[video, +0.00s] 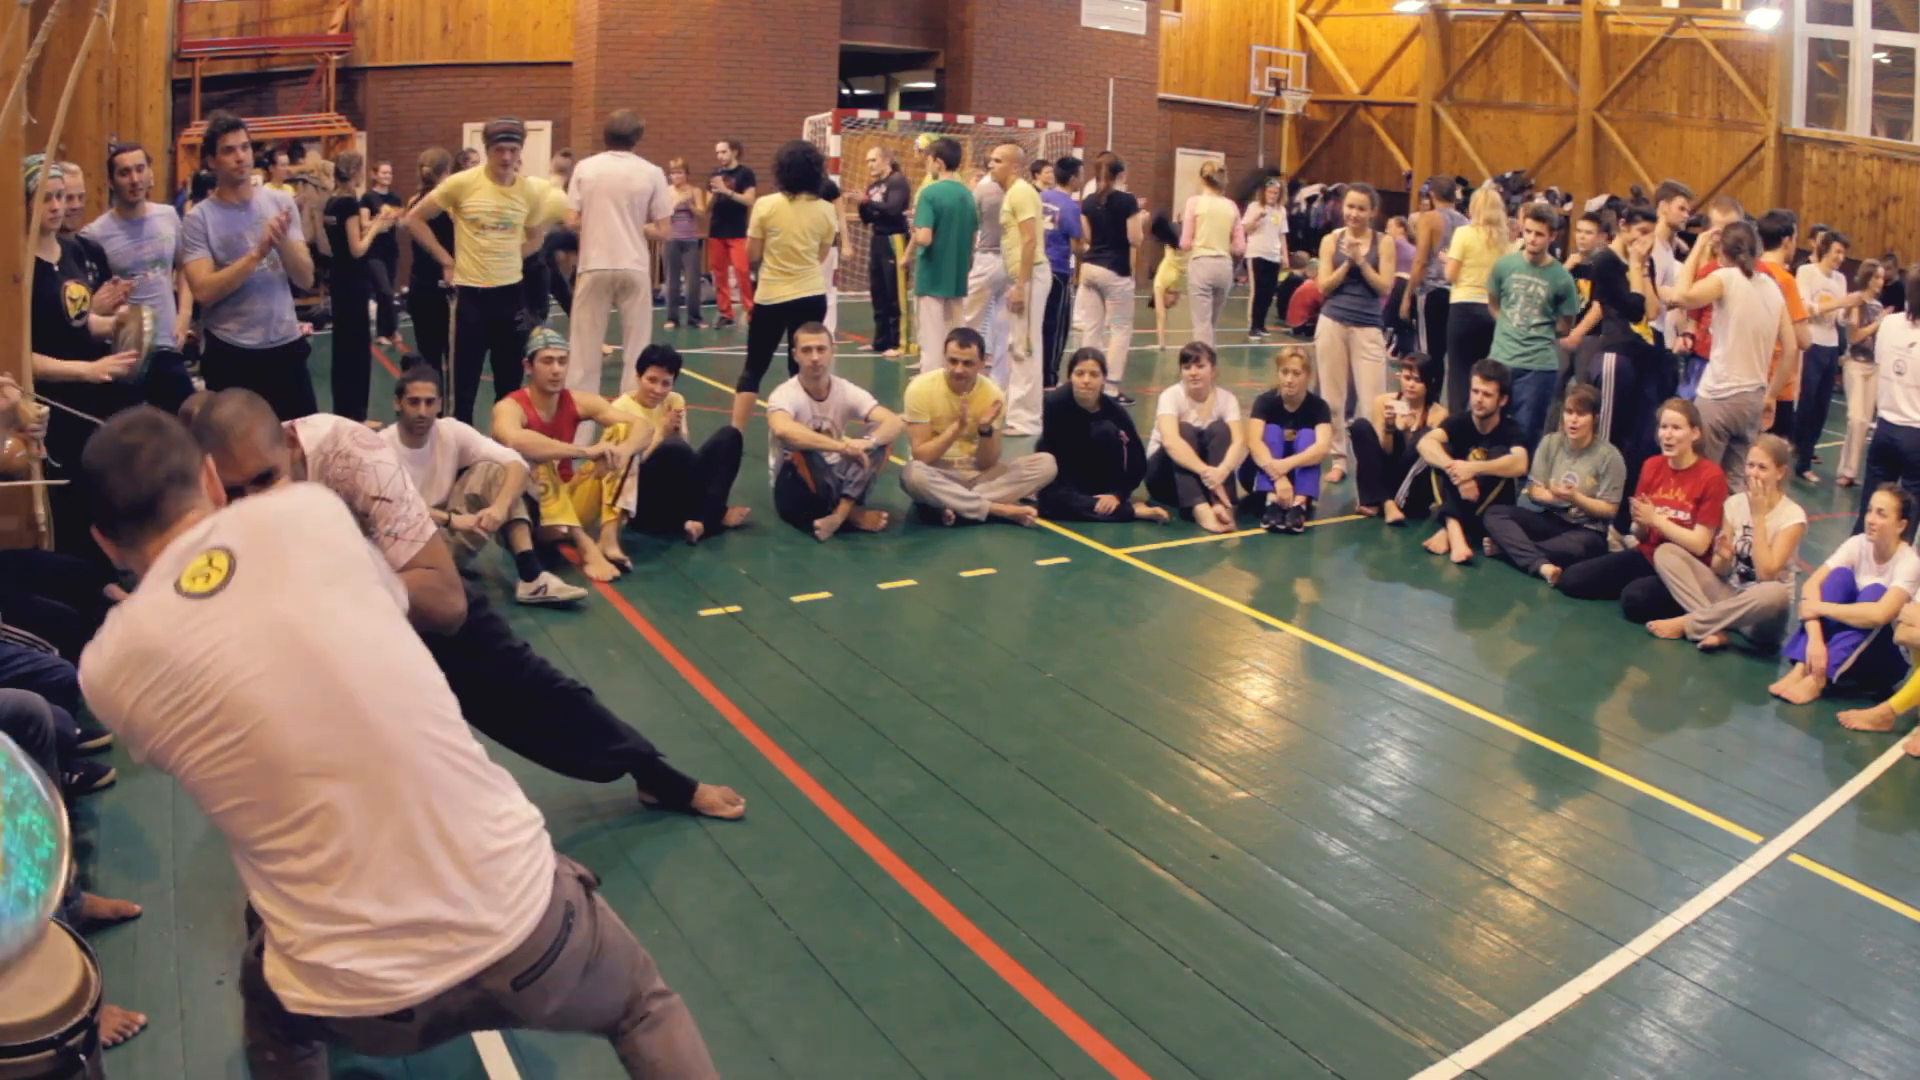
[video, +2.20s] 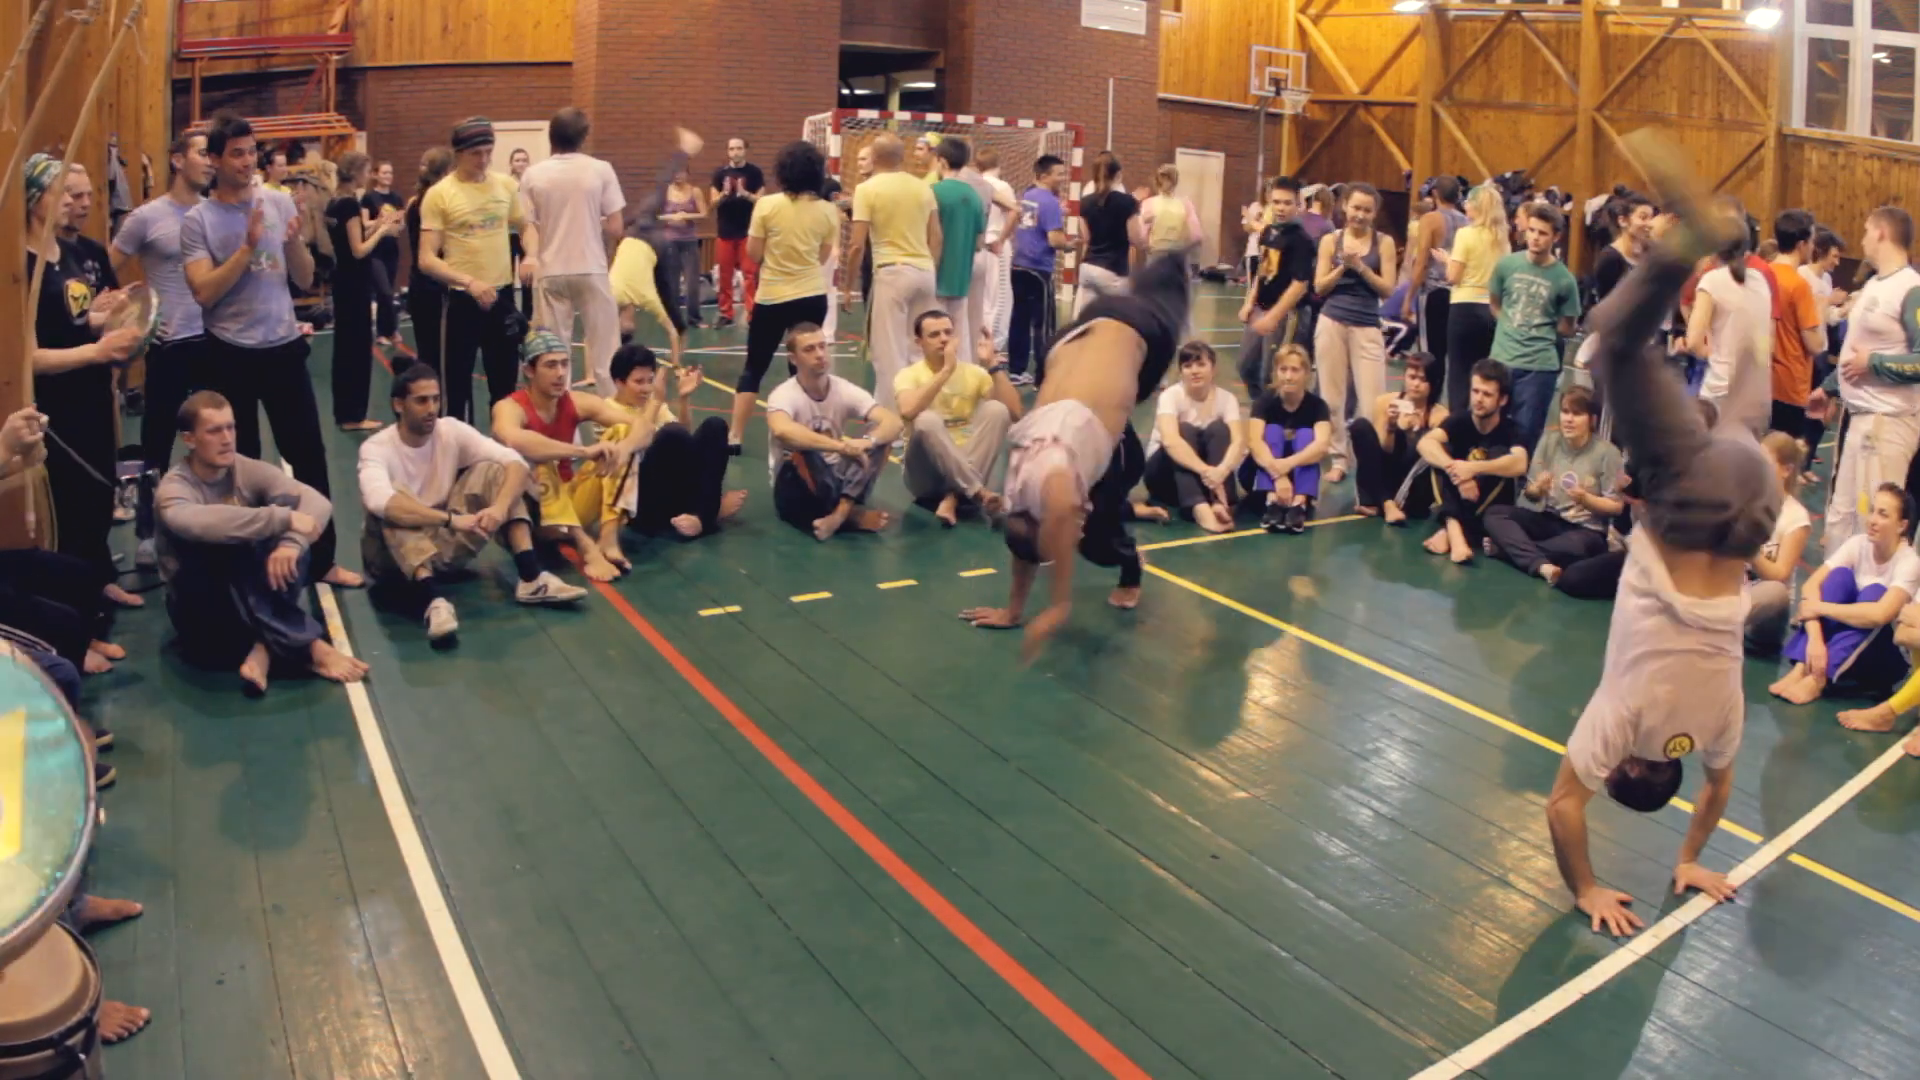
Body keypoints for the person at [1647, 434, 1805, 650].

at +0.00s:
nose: (1754, 473)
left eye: (1763, 468)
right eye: (1751, 465)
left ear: (1781, 473)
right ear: (1744, 467)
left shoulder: (1792, 516)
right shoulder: (1734, 504)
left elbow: (1767, 573)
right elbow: (1719, 570)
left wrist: (1758, 516)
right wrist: (1724, 557)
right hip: (1726, 596)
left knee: (1773, 593)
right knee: (1665, 552)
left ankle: (1686, 624)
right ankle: (1711, 629)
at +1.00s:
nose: (1758, 474)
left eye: (1767, 469)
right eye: (1755, 466)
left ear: (1787, 476)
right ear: (1750, 466)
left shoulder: (1796, 521)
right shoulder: (1738, 502)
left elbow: (1775, 577)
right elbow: (1720, 567)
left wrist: (1744, 543)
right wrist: (1735, 551)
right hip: (1728, 596)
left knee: (1774, 593)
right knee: (1666, 552)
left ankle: (1686, 624)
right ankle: (1711, 629)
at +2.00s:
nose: (1757, 469)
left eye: (1766, 464)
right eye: (1756, 462)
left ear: (1787, 471)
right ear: (1753, 461)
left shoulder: (1797, 516)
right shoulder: (1739, 499)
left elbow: (1777, 574)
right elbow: (1720, 566)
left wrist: (1741, 538)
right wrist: (1730, 539)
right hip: (1728, 590)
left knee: (1774, 592)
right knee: (1685, 566)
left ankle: (1695, 622)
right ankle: (1709, 631)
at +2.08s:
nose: (1757, 469)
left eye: (1766, 464)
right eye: (1757, 462)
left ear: (1786, 471)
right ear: (1752, 461)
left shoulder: (1797, 517)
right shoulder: (1740, 499)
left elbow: (1777, 574)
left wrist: (1740, 538)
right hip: (1725, 581)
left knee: (1773, 592)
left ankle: (1706, 618)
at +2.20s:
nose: (1759, 471)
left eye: (1766, 465)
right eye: (1758, 463)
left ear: (1786, 471)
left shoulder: (1796, 515)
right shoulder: (1743, 499)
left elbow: (1780, 573)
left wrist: (1747, 549)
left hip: (1759, 584)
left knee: (1774, 591)